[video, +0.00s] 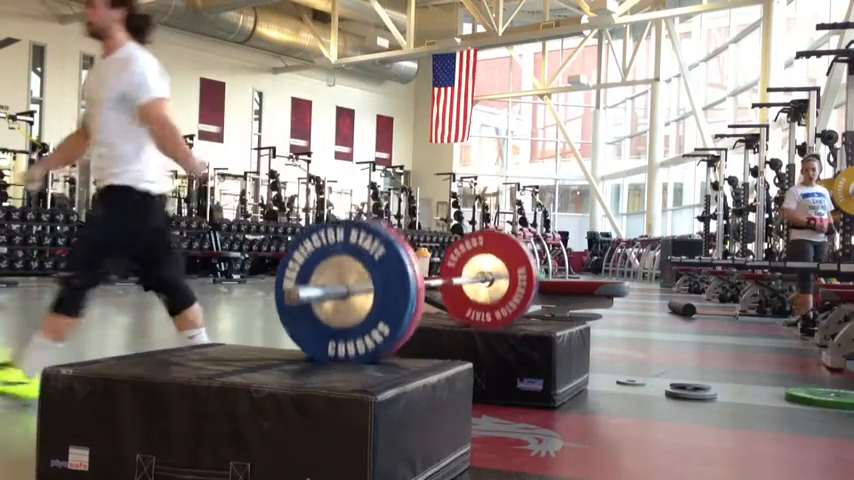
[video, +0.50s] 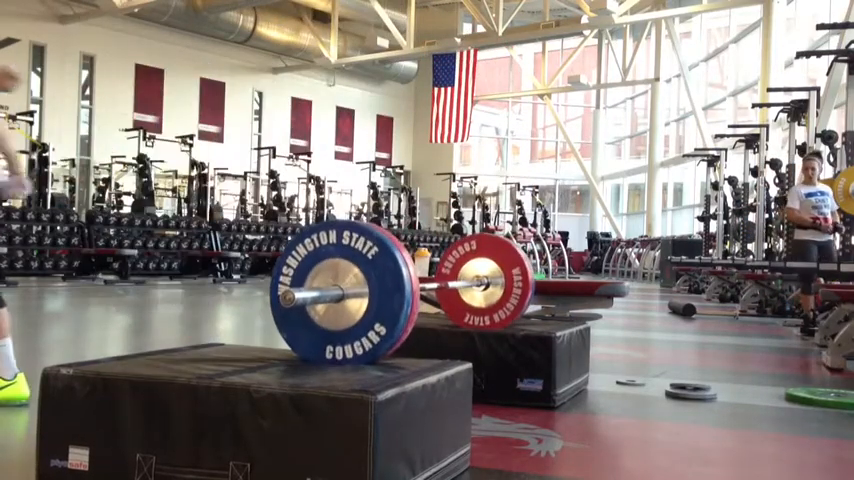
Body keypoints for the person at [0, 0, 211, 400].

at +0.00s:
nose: (87, 12)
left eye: (94, 5)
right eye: (87, 6)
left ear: (119, 12)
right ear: (105, 15)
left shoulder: (138, 62)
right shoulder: (98, 72)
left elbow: (159, 122)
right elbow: (85, 135)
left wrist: (192, 166)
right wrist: (43, 166)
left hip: (130, 194)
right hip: (126, 194)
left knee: (77, 282)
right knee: (170, 283)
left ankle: (26, 371)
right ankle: (205, 364)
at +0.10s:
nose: (49, 10)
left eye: (57, 4)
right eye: (51, 4)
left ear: (81, 14)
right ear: (75, 16)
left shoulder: (92, 58)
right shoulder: (71, 68)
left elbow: (122, 104)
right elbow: (63, 140)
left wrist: (161, 127)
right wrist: (16, 173)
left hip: (87, 191)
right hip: (107, 193)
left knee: (33, 282)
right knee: (137, 283)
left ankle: (10, 377)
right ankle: (190, 360)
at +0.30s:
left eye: (1, 5)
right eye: (2, 6)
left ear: (10, 6)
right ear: (31, 8)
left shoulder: (18, 33)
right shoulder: (26, 37)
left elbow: (36, 71)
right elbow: (40, 73)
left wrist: (78, 90)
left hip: (17, 174)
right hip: (34, 175)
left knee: (6, 280)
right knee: (25, 276)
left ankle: (9, 378)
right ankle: (72, 333)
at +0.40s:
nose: (26, 6)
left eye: (23, 6)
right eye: (24, 5)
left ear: (7, 9)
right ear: (15, 5)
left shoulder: (6, 30)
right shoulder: (4, 29)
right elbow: (12, 74)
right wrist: (45, 82)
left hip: (10, 169)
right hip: (6, 169)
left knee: (2, 276)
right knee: (2, 275)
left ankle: (10, 375)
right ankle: (9, 374)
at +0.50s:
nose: (8, 95)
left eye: (8, 87)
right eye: (9, 88)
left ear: (1, 86)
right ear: (7, 86)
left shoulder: (3, 121)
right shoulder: (2, 121)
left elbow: (13, 157)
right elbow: (14, 158)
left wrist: (18, 179)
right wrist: (17, 179)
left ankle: (9, 373)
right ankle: (9, 373)